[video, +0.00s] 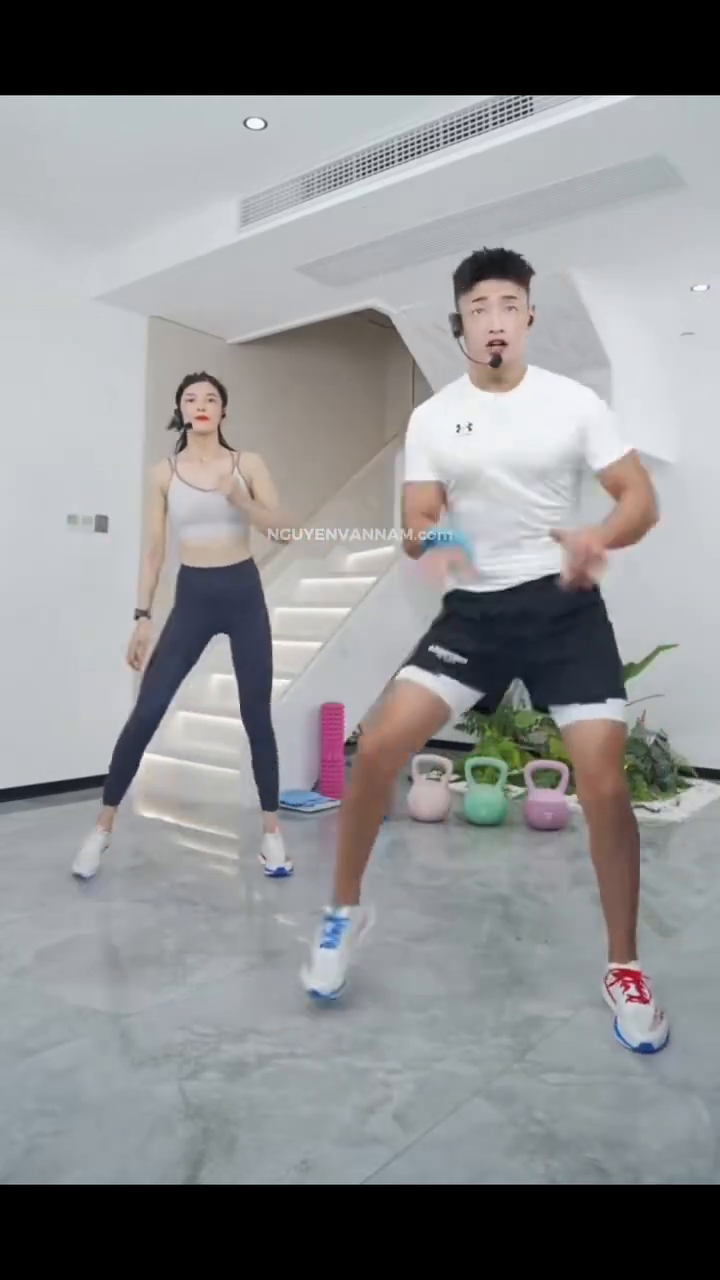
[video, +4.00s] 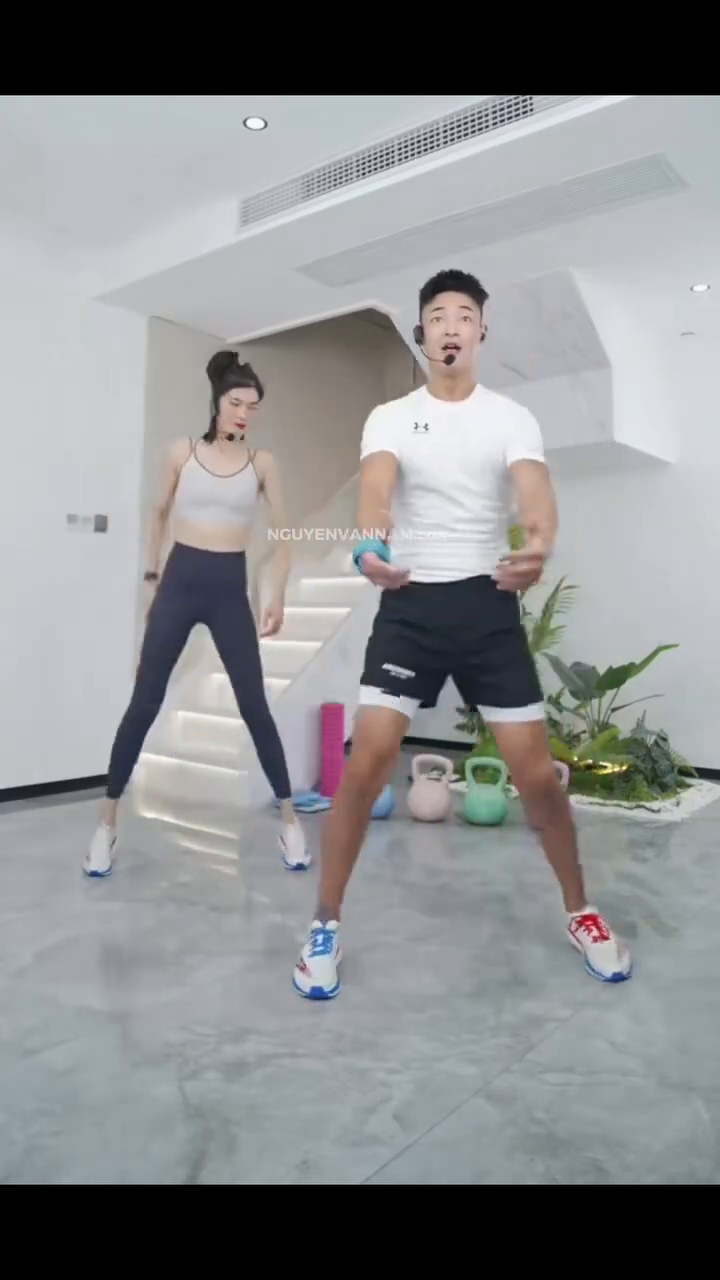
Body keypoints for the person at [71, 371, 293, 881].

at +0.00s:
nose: (201, 406)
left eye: (210, 399)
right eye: (192, 400)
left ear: (223, 410)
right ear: (180, 411)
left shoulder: (247, 463)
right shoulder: (165, 473)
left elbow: (282, 524)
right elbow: (154, 550)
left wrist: (239, 497)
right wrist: (142, 617)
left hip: (245, 598)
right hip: (191, 600)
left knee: (257, 716)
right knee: (147, 712)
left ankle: (272, 830)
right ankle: (103, 825)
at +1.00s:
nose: (179, 405)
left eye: (188, 398)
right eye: (170, 396)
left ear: (202, 406)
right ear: (157, 404)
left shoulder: (218, 467)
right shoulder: (133, 459)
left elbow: (226, 544)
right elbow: (106, 529)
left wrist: (236, 610)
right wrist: (79, 591)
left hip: (188, 594)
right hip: (135, 590)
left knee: (156, 713)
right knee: (121, 714)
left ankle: (155, 813)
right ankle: (108, 835)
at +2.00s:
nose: (253, 410)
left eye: (262, 403)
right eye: (245, 403)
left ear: (276, 414)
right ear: (233, 413)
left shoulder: (295, 469)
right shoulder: (215, 470)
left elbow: (328, 528)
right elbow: (196, 524)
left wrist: (299, 577)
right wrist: (221, 566)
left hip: (280, 593)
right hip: (232, 594)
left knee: (290, 716)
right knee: (201, 713)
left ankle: (298, 823)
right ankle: (243, 811)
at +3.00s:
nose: (200, 418)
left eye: (205, 410)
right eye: (192, 408)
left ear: (208, 415)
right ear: (164, 410)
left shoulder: (215, 466)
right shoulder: (133, 464)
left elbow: (263, 512)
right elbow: (113, 539)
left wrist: (221, 541)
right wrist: (139, 530)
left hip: (193, 599)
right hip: (142, 597)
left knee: (237, 700)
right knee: (113, 710)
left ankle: (239, 794)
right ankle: (94, 826)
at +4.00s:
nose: (243, 415)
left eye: (251, 407)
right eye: (236, 404)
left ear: (257, 412)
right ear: (217, 404)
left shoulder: (262, 463)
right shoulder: (182, 453)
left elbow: (283, 535)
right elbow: (162, 516)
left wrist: (277, 596)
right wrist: (152, 579)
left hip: (231, 588)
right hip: (179, 583)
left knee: (254, 706)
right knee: (145, 701)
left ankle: (290, 818)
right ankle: (108, 817)